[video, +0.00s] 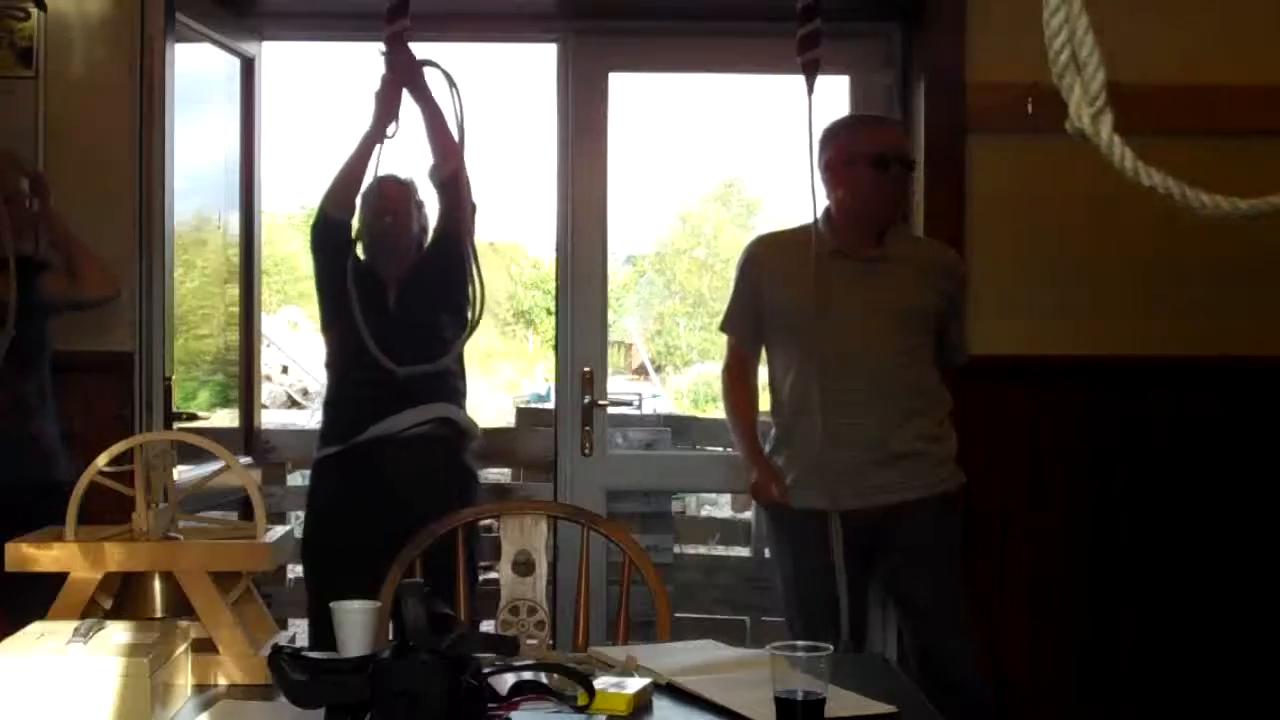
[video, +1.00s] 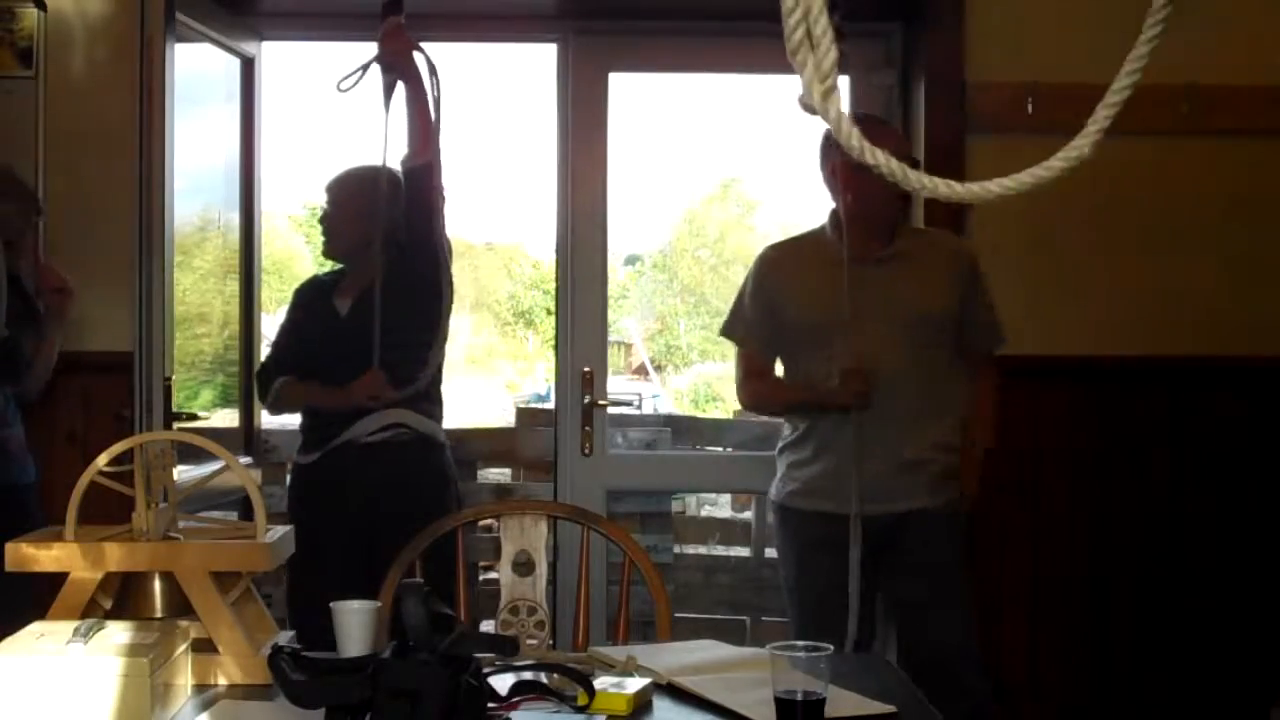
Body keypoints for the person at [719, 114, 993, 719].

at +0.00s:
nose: (904, 180)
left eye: (907, 168)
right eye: (886, 166)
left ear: (911, 177)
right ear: (834, 174)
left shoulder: (938, 267)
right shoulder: (769, 260)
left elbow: (958, 377)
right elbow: (738, 366)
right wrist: (755, 458)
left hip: (920, 499)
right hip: (809, 504)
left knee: (947, 671)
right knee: (823, 668)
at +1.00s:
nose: (878, 180)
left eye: (886, 166)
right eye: (863, 166)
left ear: (905, 176)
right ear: (833, 176)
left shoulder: (950, 262)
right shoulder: (780, 266)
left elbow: (983, 376)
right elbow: (752, 390)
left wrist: (973, 452)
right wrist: (822, 393)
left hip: (925, 504)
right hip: (817, 504)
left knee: (941, 673)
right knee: (825, 669)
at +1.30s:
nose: (955, 181)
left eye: (958, 167)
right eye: (936, 168)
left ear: (966, 176)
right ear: (891, 178)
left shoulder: (993, 269)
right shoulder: (834, 251)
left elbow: (1009, 388)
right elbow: (770, 359)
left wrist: (927, 438)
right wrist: (830, 333)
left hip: (944, 508)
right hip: (838, 501)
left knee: (946, 674)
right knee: (837, 668)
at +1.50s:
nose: (981, 193)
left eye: (993, 179)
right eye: (965, 178)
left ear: (1006, 187)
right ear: (928, 181)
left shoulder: (1022, 284)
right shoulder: (872, 240)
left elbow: (1037, 411)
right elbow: (767, 312)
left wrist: (974, 503)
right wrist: (780, 260)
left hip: (960, 525)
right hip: (856, 510)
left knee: (959, 690)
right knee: (854, 681)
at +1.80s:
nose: (975, 176)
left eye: (987, 162)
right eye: (958, 161)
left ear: (1002, 177)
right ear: (925, 173)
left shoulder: (1025, 273)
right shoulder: (872, 245)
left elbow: (1055, 410)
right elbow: (775, 307)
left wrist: (1059, 517)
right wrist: (701, 277)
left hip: (978, 518)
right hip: (867, 507)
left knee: (976, 689)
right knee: (863, 682)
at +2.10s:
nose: (919, 167)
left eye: (936, 153)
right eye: (903, 153)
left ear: (961, 167)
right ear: (877, 168)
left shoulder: (996, 259)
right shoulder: (836, 258)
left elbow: (1043, 378)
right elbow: (765, 354)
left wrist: (1081, 482)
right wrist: (694, 365)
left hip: (966, 520)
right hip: (857, 517)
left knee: (970, 689)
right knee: (864, 685)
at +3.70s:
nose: (853, 170)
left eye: (871, 158)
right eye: (852, 160)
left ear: (916, 172)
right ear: (850, 175)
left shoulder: (975, 260)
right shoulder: (823, 271)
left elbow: (1011, 386)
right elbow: (809, 398)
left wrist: (1018, 500)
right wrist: (783, 382)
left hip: (952, 507)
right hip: (845, 506)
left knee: (954, 682)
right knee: (854, 681)